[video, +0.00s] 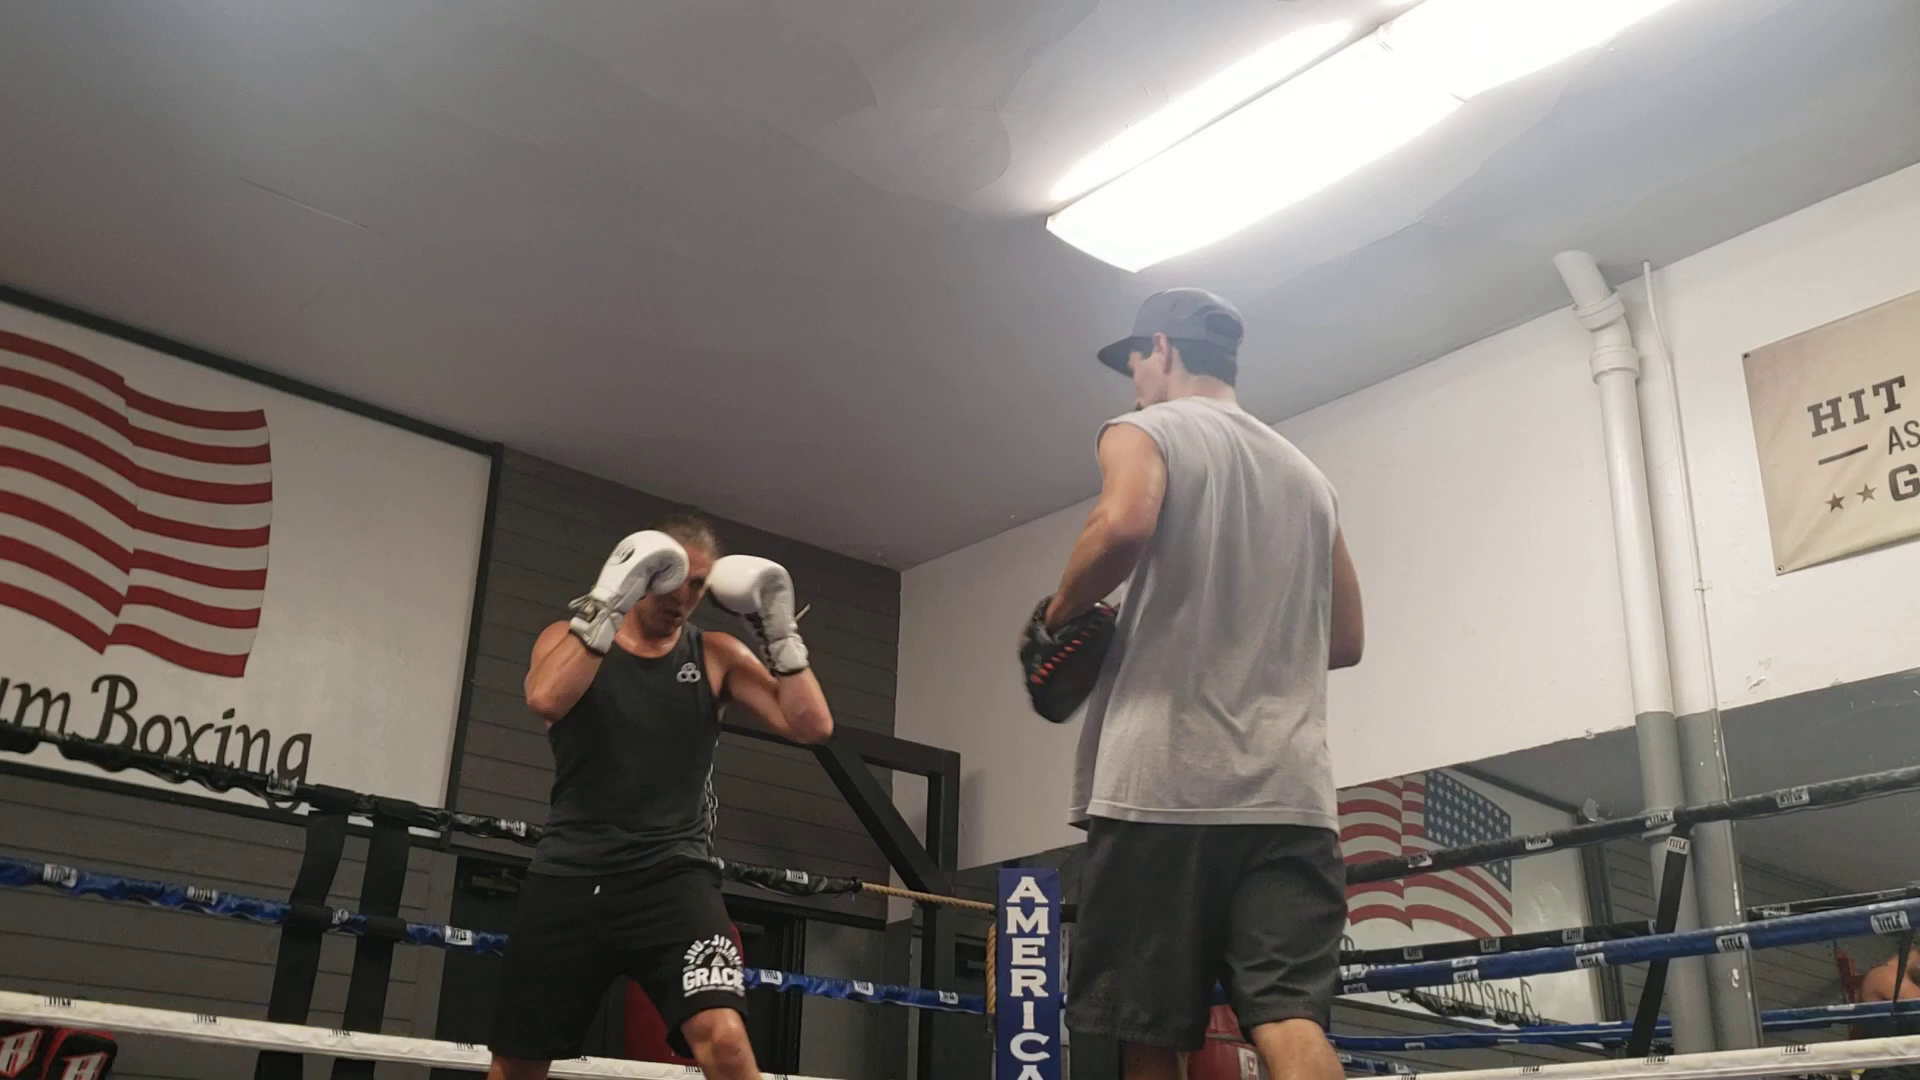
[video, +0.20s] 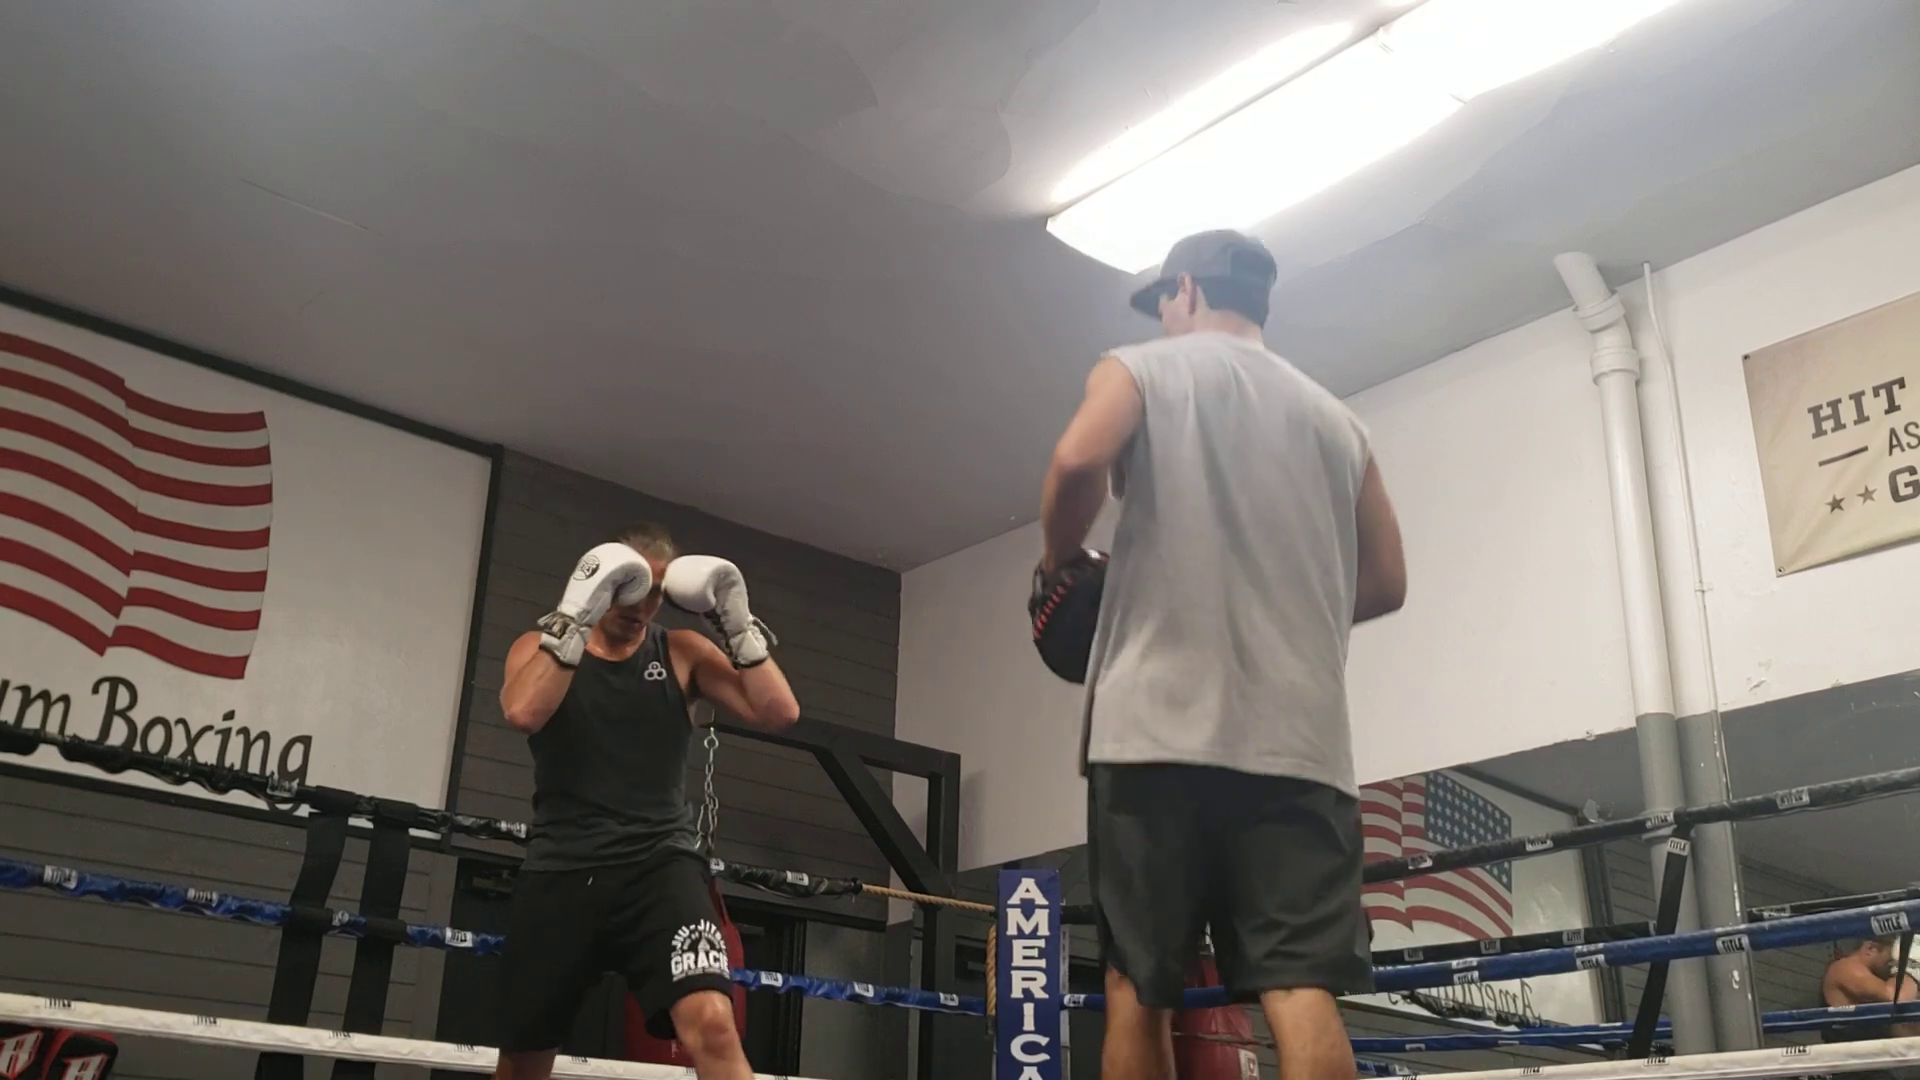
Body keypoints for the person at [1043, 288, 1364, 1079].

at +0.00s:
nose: (1130, 383)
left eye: (1132, 365)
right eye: (1129, 367)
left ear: (1161, 354)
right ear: (1228, 363)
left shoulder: (1144, 429)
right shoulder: (1308, 479)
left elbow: (1126, 527)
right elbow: (1344, 641)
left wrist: (1059, 612)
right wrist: (1224, 635)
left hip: (1159, 795)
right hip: (1293, 797)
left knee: (1150, 1045)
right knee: (1289, 1018)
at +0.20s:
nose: (1157, 322)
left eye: (1158, 306)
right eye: (1155, 310)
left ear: (1187, 293)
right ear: (1263, 306)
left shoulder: (1143, 367)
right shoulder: (1339, 421)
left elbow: (1077, 461)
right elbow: (1385, 585)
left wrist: (1061, 560)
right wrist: (1277, 612)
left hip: (1155, 735)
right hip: (1298, 742)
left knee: (1138, 996)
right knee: (1299, 987)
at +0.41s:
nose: (1135, 268)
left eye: (1135, 253)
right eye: (1133, 257)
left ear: (1158, 243)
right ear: (1245, 253)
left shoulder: (1093, 339)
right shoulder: (1330, 360)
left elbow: (1014, 462)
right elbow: (1398, 510)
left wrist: (1042, 553)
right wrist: (1299, 570)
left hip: (1124, 701)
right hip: (1283, 708)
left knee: (1092, 980)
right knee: (1304, 987)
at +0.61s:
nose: (1053, 229)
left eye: (1052, 216)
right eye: (1059, 217)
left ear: (1067, 210)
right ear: (1164, 215)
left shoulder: (1006, 321)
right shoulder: (1245, 308)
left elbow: (957, 489)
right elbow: (1340, 436)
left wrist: (1058, 500)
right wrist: (1286, 543)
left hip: (1060, 677)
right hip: (1229, 680)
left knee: (1026, 949)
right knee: (1281, 985)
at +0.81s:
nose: (960, 194)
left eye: (958, 183)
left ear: (970, 174)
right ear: (1076, 177)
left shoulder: (906, 282)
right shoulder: (1153, 254)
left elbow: (868, 449)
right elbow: (1243, 374)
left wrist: (974, 473)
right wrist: (1200, 500)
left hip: (965, 629)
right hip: (1137, 621)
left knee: (969, 929)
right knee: (1220, 936)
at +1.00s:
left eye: (912, 133)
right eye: (1023, 135)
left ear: (915, 130)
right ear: (1029, 133)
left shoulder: (842, 252)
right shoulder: (1095, 204)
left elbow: (787, 413)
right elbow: (1183, 334)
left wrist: (905, 465)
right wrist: (1138, 468)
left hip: (913, 613)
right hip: (1075, 589)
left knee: (938, 925)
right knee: (1130, 916)